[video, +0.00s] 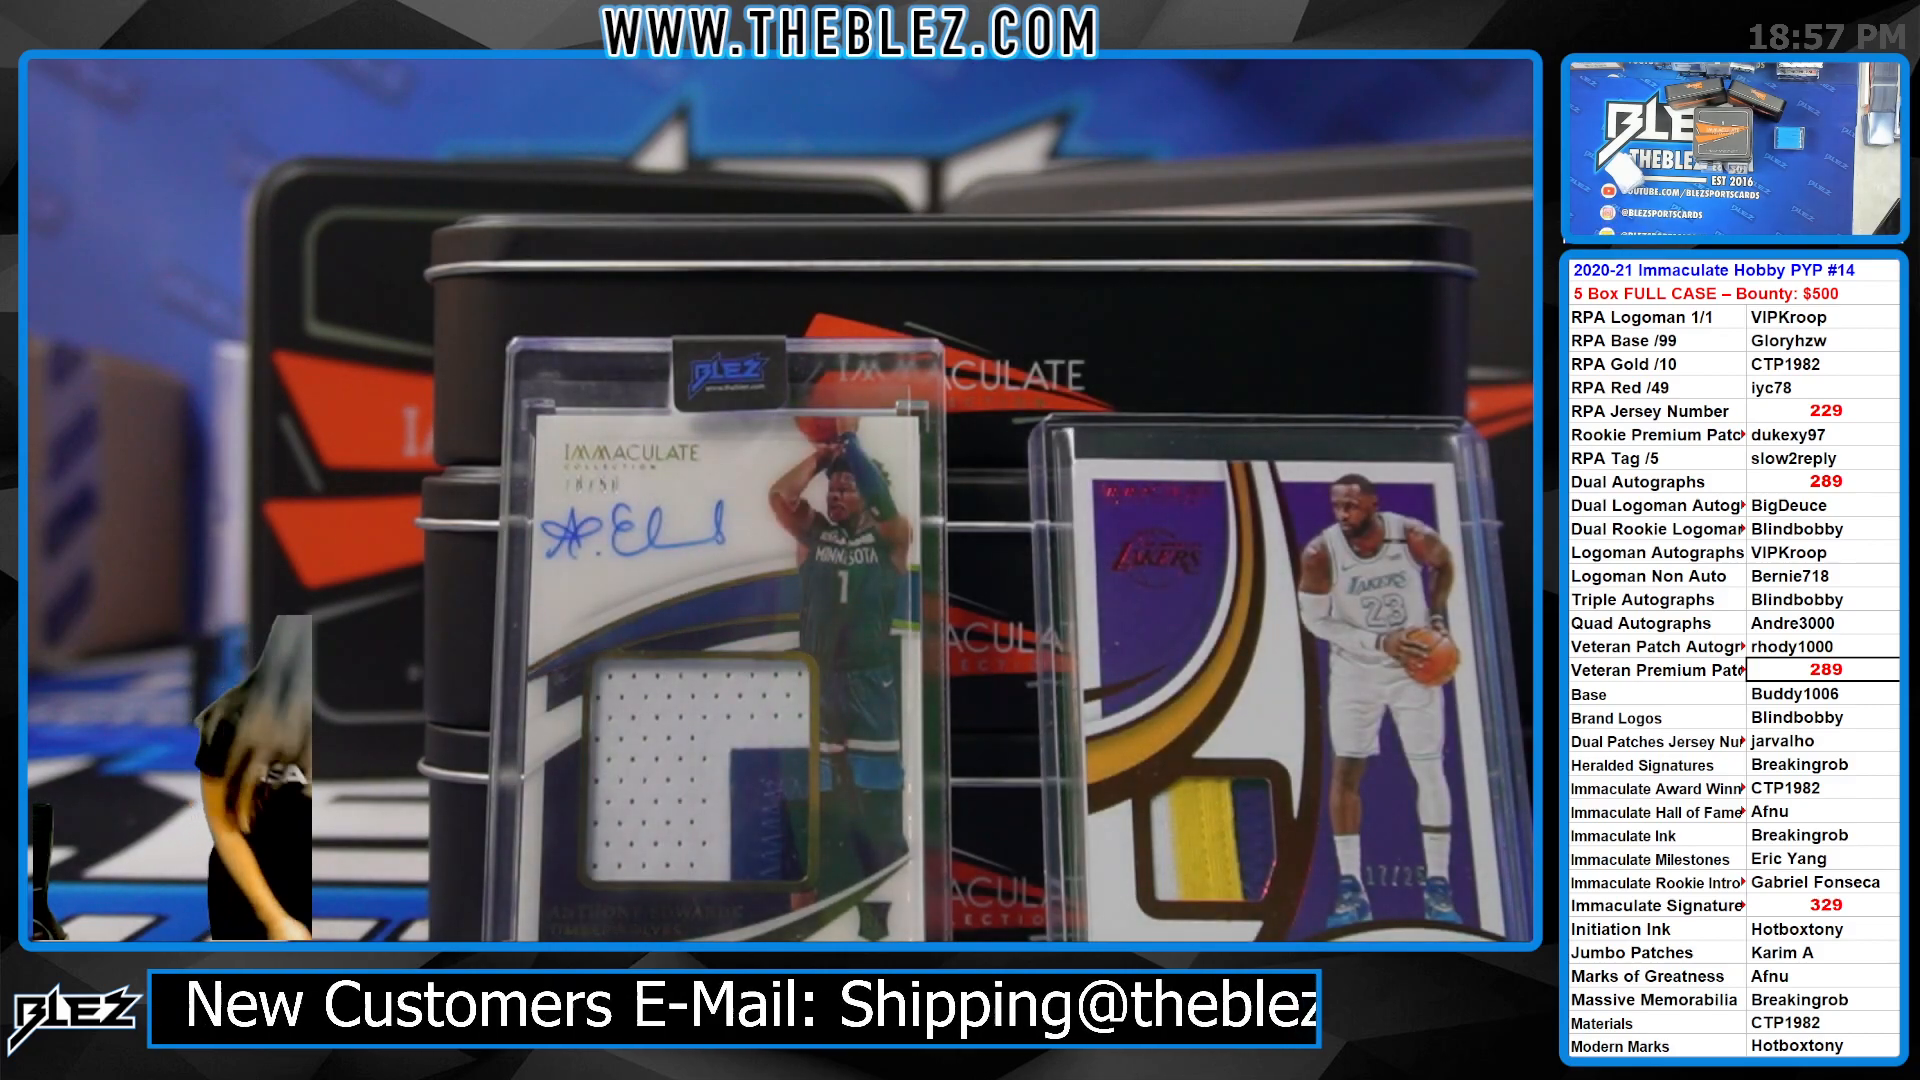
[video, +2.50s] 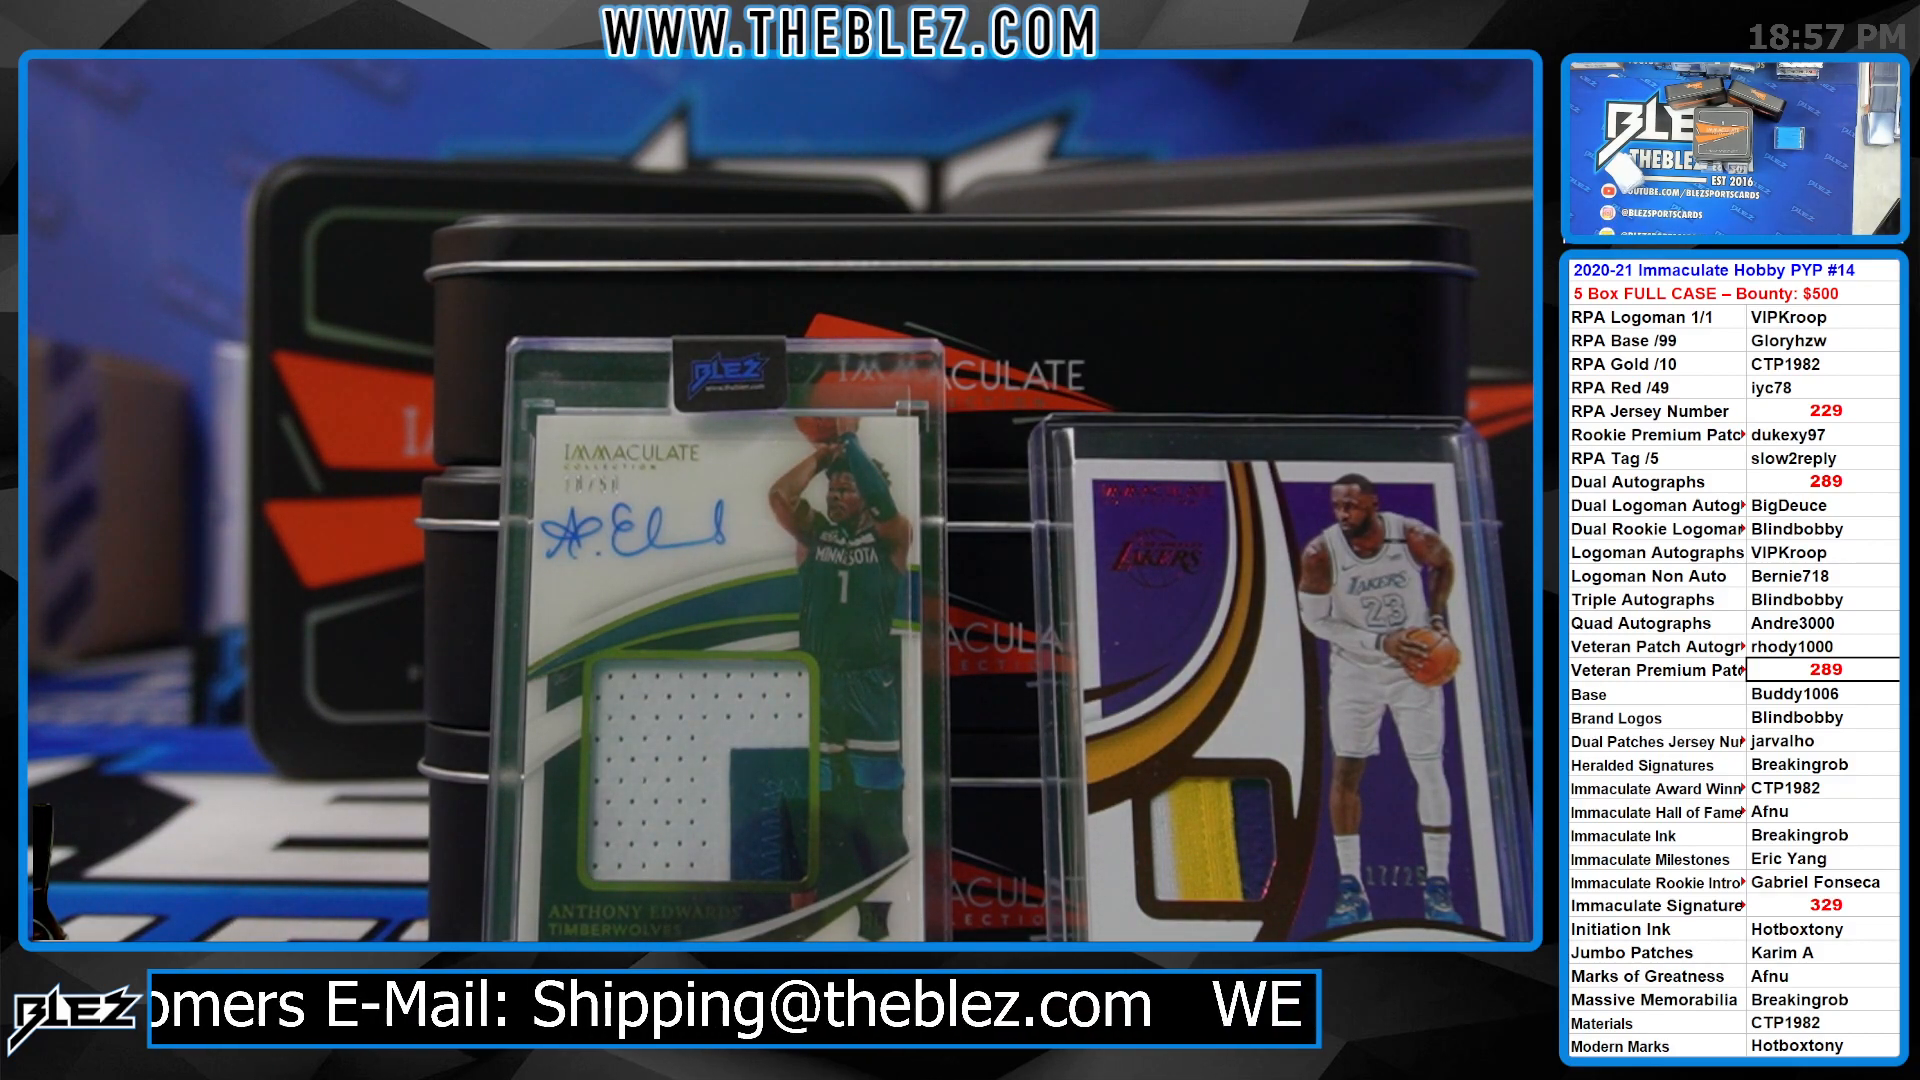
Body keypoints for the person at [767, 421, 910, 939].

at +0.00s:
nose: (839, 494)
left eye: (849, 488)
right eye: (834, 487)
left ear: (867, 495)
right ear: (826, 493)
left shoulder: (890, 540)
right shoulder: (814, 533)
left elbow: (889, 513)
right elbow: (780, 495)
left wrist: (856, 455)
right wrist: (818, 459)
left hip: (873, 680)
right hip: (818, 678)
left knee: (877, 796)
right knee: (824, 793)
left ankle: (878, 903)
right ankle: (824, 894)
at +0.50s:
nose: (841, 493)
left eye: (850, 486)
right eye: (835, 485)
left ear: (869, 494)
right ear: (827, 493)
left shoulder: (891, 540)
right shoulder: (815, 534)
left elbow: (882, 500)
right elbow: (780, 496)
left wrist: (851, 446)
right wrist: (818, 459)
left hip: (873, 681)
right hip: (817, 679)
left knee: (878, 801)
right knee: (823, 798)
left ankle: (878, 906)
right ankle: (820, 901)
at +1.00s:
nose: (840, 493)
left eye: (850, 487)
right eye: (835, 486)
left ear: (868, 493)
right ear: (827, 493)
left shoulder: (890, 539)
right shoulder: (815, 533)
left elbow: (882, 499)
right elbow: (780, 495)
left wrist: (851, 445)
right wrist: (818, 459)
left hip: (871, 678)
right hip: (818, 677)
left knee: (877, 797)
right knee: (824, 792)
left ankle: (878, 903)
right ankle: (824, 890)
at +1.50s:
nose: (839, 494)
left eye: (849, 487)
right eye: (834, 487)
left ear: (867, 494)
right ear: (827, 495)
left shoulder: (890, 539)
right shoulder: (814, 533)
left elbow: (880, 495)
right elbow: (781, 495)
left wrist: (850, 443)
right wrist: (819, 458)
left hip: (871, 682)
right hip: (817, 682)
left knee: (878, 803)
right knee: (824, 800)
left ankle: (876, 908)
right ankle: (822, 898)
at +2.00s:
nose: (841, 495)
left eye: (850, 488)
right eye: (835, 487)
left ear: (869, 494)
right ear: (827, 494)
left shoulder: (891, 539)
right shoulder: (815, 533)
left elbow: (882, 499)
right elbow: (780, 495)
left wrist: (850, 444)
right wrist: (819, 458)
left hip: (873, 679)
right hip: (818, 678)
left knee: (878, 798)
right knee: (822, 796)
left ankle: (877, 903)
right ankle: (819, 897)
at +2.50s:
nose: (840, 494)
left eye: (849, 487)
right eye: (834, 486)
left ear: (868, 494)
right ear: (827, 494)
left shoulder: (890, 540)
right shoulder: (815, 533)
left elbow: (880, 496)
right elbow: (781, 495)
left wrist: (850, 443)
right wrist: (819, 458)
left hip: (871, 682)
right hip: (818, 681)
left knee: (878, 804)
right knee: (830, 802)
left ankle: (877, 910)